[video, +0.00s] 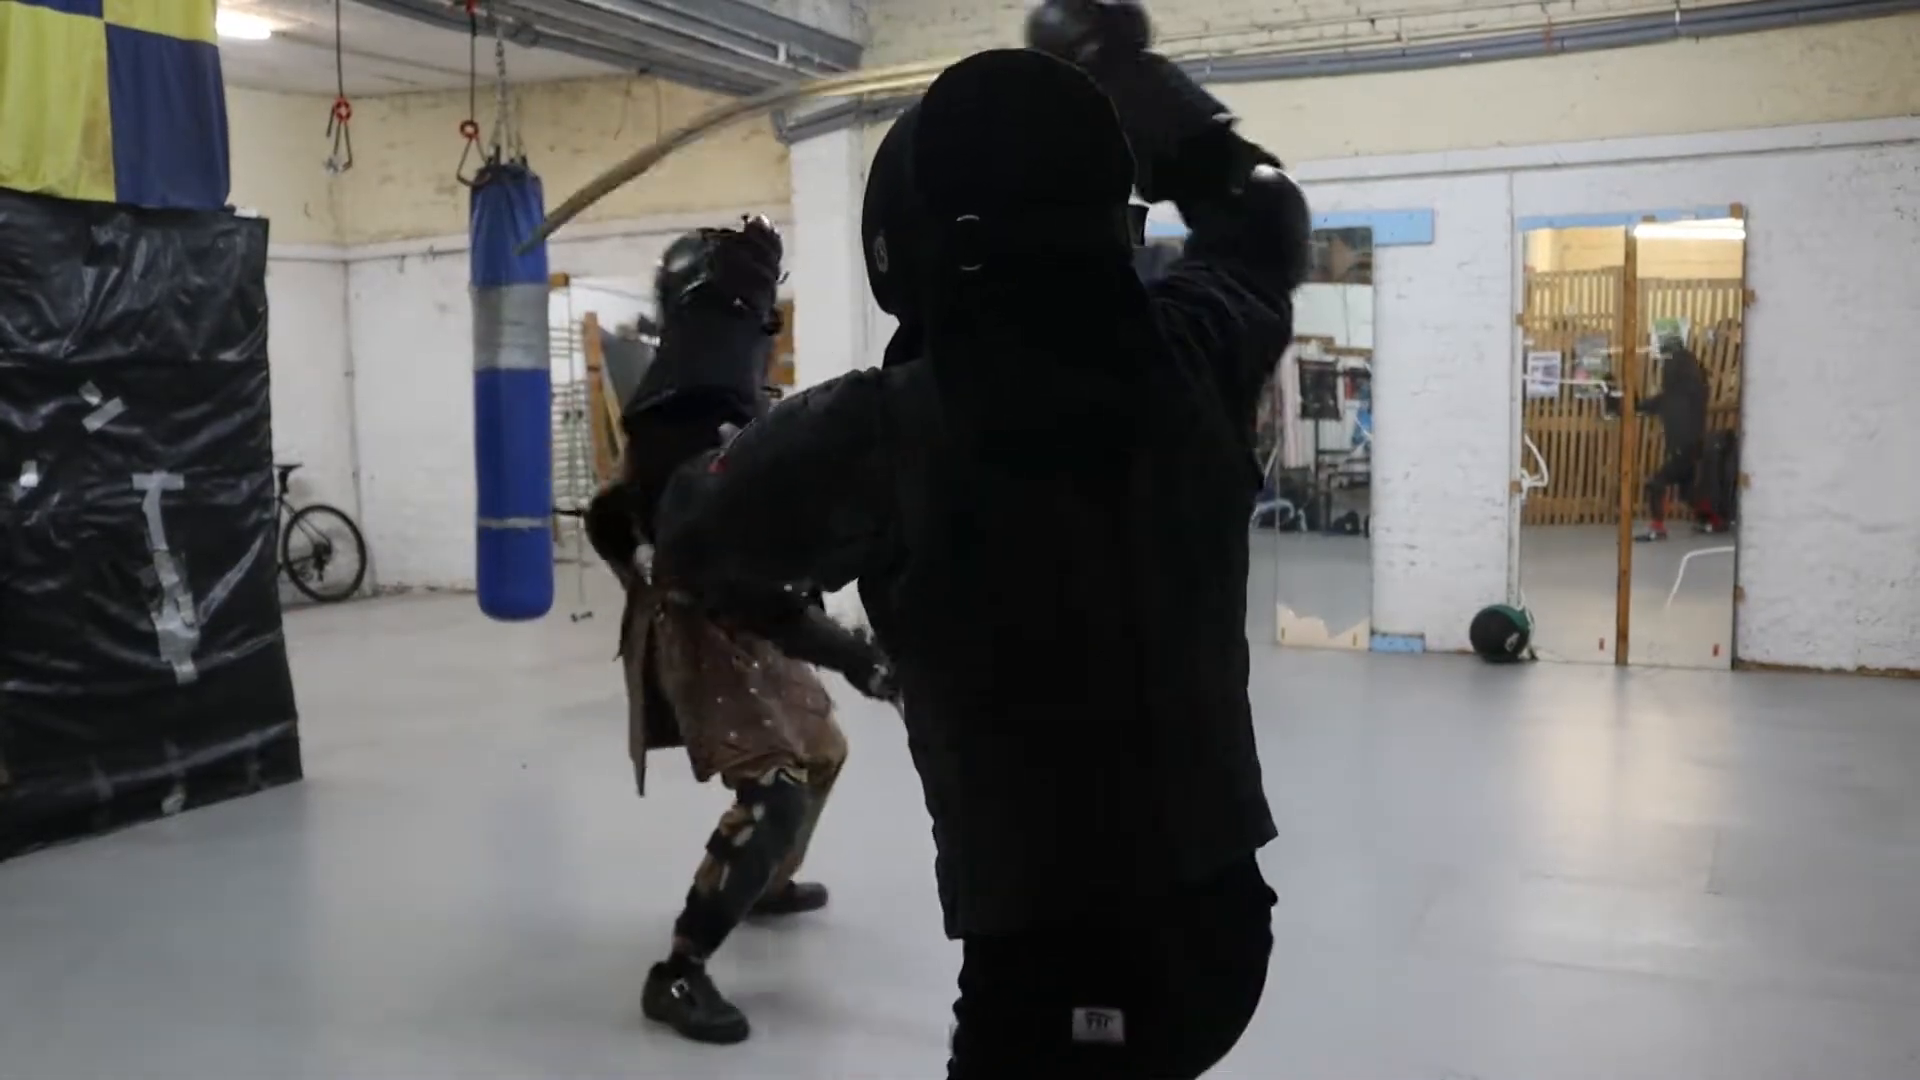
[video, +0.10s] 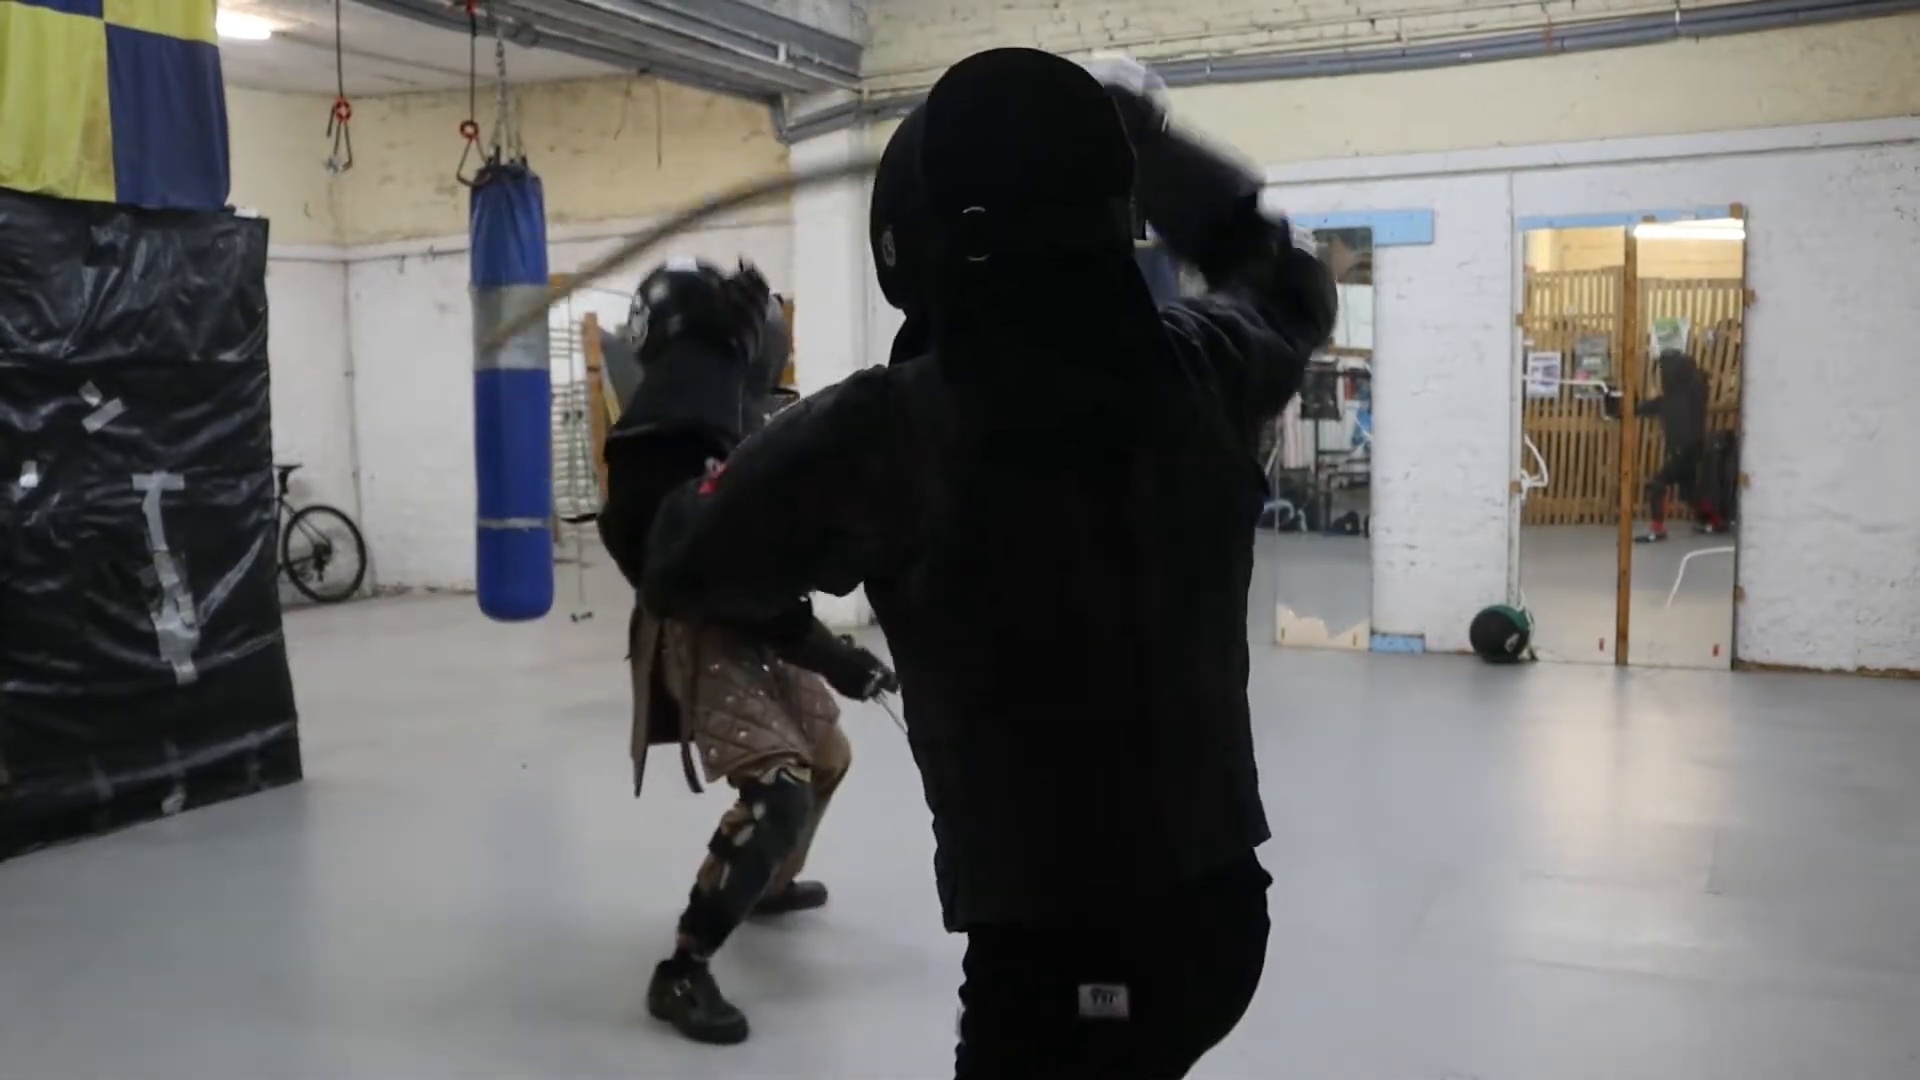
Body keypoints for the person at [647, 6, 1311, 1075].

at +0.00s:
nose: (872, 244)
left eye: (887, 216)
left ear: (917, 236)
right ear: (1114, 215)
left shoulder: (886, 424)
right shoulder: (1191, 366)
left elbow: (698, 548)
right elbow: (1256, 213)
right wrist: (1129, 70)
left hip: (1032, 949)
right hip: (1219, 924)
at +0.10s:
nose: (882, 261)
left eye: (893, 232)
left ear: (925, 239)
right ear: (1115, 221)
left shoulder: (885, 429)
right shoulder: (1203, 380)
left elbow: (688, 564)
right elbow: (1287, 285)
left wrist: (821, 646)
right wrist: (1153, 150)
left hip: (1034, 940)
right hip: (1217, 916)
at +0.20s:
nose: (900, 264)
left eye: (908, 233)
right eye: (901, 234)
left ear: (941, 235)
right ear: (1121, 221)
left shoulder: (914, 422)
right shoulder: (1207, 399)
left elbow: (730, 624)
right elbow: (1284, 435)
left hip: (1043, 924)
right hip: (1217, 900)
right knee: (1091, 1056)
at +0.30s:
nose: (909, 255)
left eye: (917, 223)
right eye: (907, 225)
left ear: (959, 222)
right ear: (1117, 213)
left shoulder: (925, 408)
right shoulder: (1200, 399)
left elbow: (820, 679)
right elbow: (1254, 580)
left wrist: (752, 560)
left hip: (1065, 891)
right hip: (1226, 864)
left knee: (998, 1065)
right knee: (1076, 1055)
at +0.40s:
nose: (917, 247)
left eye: (924, 217)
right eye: (914, 221)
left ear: (965, 210)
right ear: (1122, 200)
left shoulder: (937, 385)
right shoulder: (1207, 389)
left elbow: (807, 652)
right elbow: (1249, 619)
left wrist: (775, 547)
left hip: (1074, 876)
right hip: (1235, 852)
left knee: (1011, 1061)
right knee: (1087, 1055)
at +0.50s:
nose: (921, 232)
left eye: (928, 202)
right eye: (919, 204)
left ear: (966, 203)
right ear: (1142, 188)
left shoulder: (936, 383)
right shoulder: (1211, 379)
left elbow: (790, 576)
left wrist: (793, 475)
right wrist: (974, 621)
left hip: (1090, 901)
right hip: (1243, 869)